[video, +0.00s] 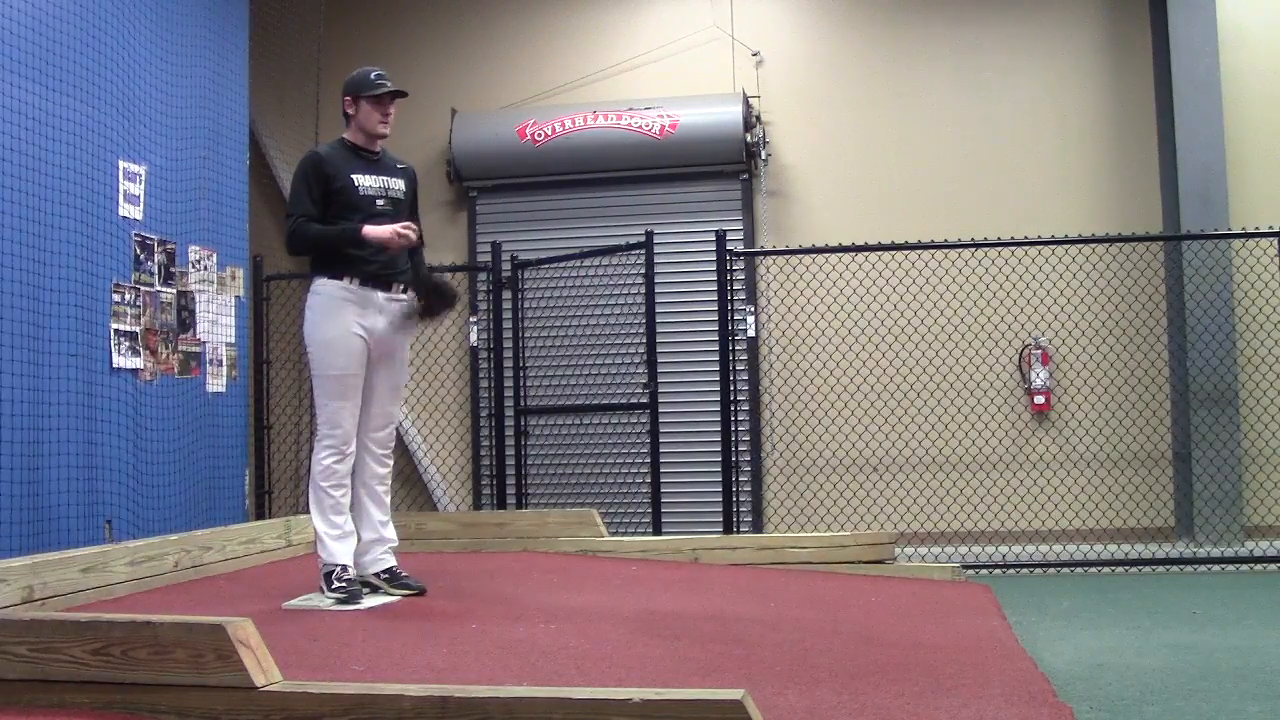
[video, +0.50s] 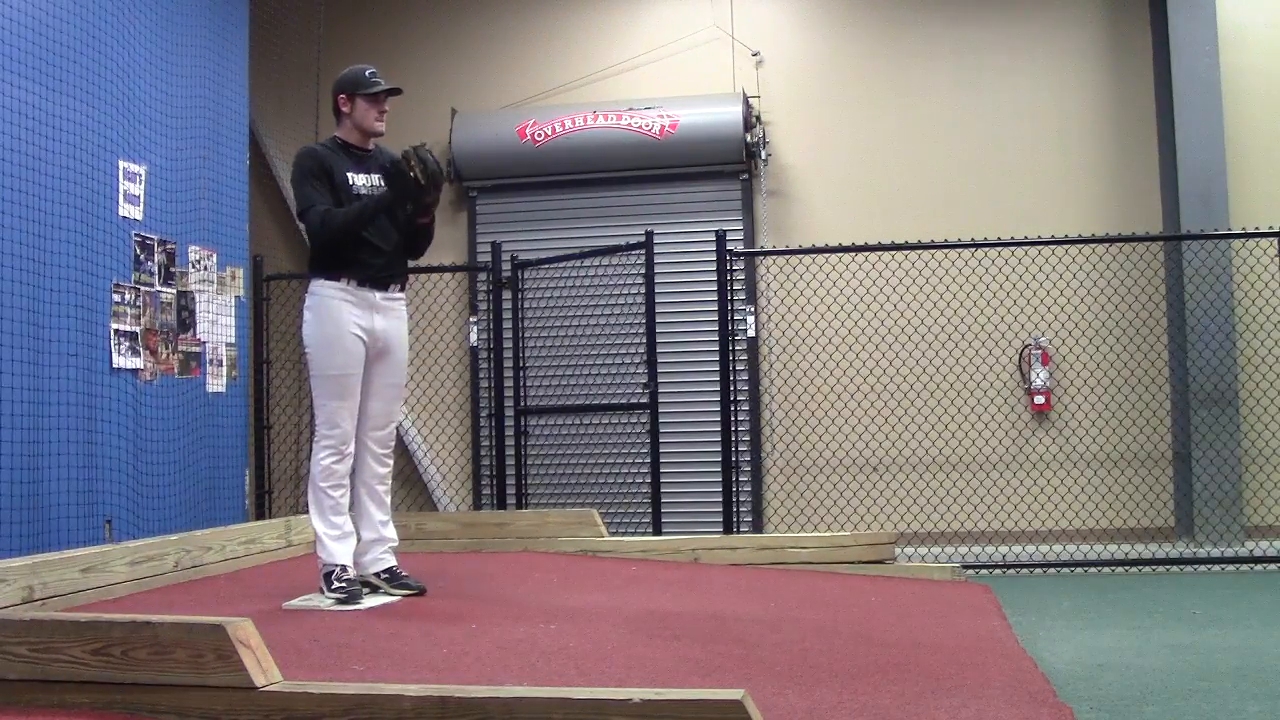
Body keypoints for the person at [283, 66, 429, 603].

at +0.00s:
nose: (388, 112)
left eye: (391, 104)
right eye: (378, 103)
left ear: (393, 110)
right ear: (350, 106)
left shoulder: (403, 173)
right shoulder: (320, 163)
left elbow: (410, 242)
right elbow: (297, 235)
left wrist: (423, 284)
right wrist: (368, 233)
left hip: (394, 307)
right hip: (338, 304)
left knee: (379, 439)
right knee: (338, 437)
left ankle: (376, 561)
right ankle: (336, 564)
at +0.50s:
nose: (384, 107)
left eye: (386, 100)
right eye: (374, 100)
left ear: (384, 107)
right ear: (345, 104)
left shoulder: (395, 168)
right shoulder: (315, 159)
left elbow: (414, 248)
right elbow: (322, 228)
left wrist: (426, 203)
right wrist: (388, 194)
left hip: (391, 310)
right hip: (336, 306)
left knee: (379, 442)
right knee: (336, 440)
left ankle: (377, 561)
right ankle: (335, 564)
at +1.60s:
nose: (415, 122)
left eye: (419, 114)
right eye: (405, 114)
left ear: (423, 120)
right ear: (378, 118)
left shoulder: (437, 171)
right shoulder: (347, 170)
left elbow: (450, 248)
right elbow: (320, 247)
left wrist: (388, 244)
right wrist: (325, 221)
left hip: (426, 320)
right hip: (365, 321)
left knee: (425, 442)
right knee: (369, 436)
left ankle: (431, 559)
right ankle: (379, 565)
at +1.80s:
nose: (395, 125)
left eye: (402, 116)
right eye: (385, 116)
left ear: (411, 121)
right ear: (365, 120)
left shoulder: (422, 166)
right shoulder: (341, 174)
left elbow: (421, 232)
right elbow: (308, 241)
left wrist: (345, 218)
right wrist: (297, 212)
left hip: (417, 311)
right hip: (360, 317)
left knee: (385, 410)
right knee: (361, 435)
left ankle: (415, 544)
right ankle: (379, 568)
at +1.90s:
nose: (391, 125)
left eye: (398, 117)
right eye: (381, 117)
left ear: (408, 121)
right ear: (362, 120)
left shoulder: (417, 163)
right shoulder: (340, 173)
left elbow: (413, 223)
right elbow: (296, 232)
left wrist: (338, 199)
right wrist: (303, 196)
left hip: (420, 298)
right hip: (365, 308)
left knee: (361, 362)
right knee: (368, 427)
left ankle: (379, 515)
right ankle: (381, 566)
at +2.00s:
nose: (385, 126)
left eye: (392, 117)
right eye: (375, 118)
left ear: (403, 120)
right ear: (357, 121)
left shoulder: (415, 159)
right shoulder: (341, 171)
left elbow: (408, 213)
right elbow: (287, 222)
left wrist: (335, 181)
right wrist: (298, 180)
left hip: (427, 294)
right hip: (369, 305)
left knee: (351, 297)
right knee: (369, 440)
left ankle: (351, 442)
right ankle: (380, 566)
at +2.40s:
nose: (395, 134)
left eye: (399, 125)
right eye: (384, 126)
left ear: (405, 128)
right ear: (357, 131)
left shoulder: (413, 168)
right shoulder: (338, 183)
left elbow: (427, 222)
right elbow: (281, 241)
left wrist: (352, 197)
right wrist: (309, 203)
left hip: (444, 305)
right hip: (387, 319)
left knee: (382, 364)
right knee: (364, 439)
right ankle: (375, 567)